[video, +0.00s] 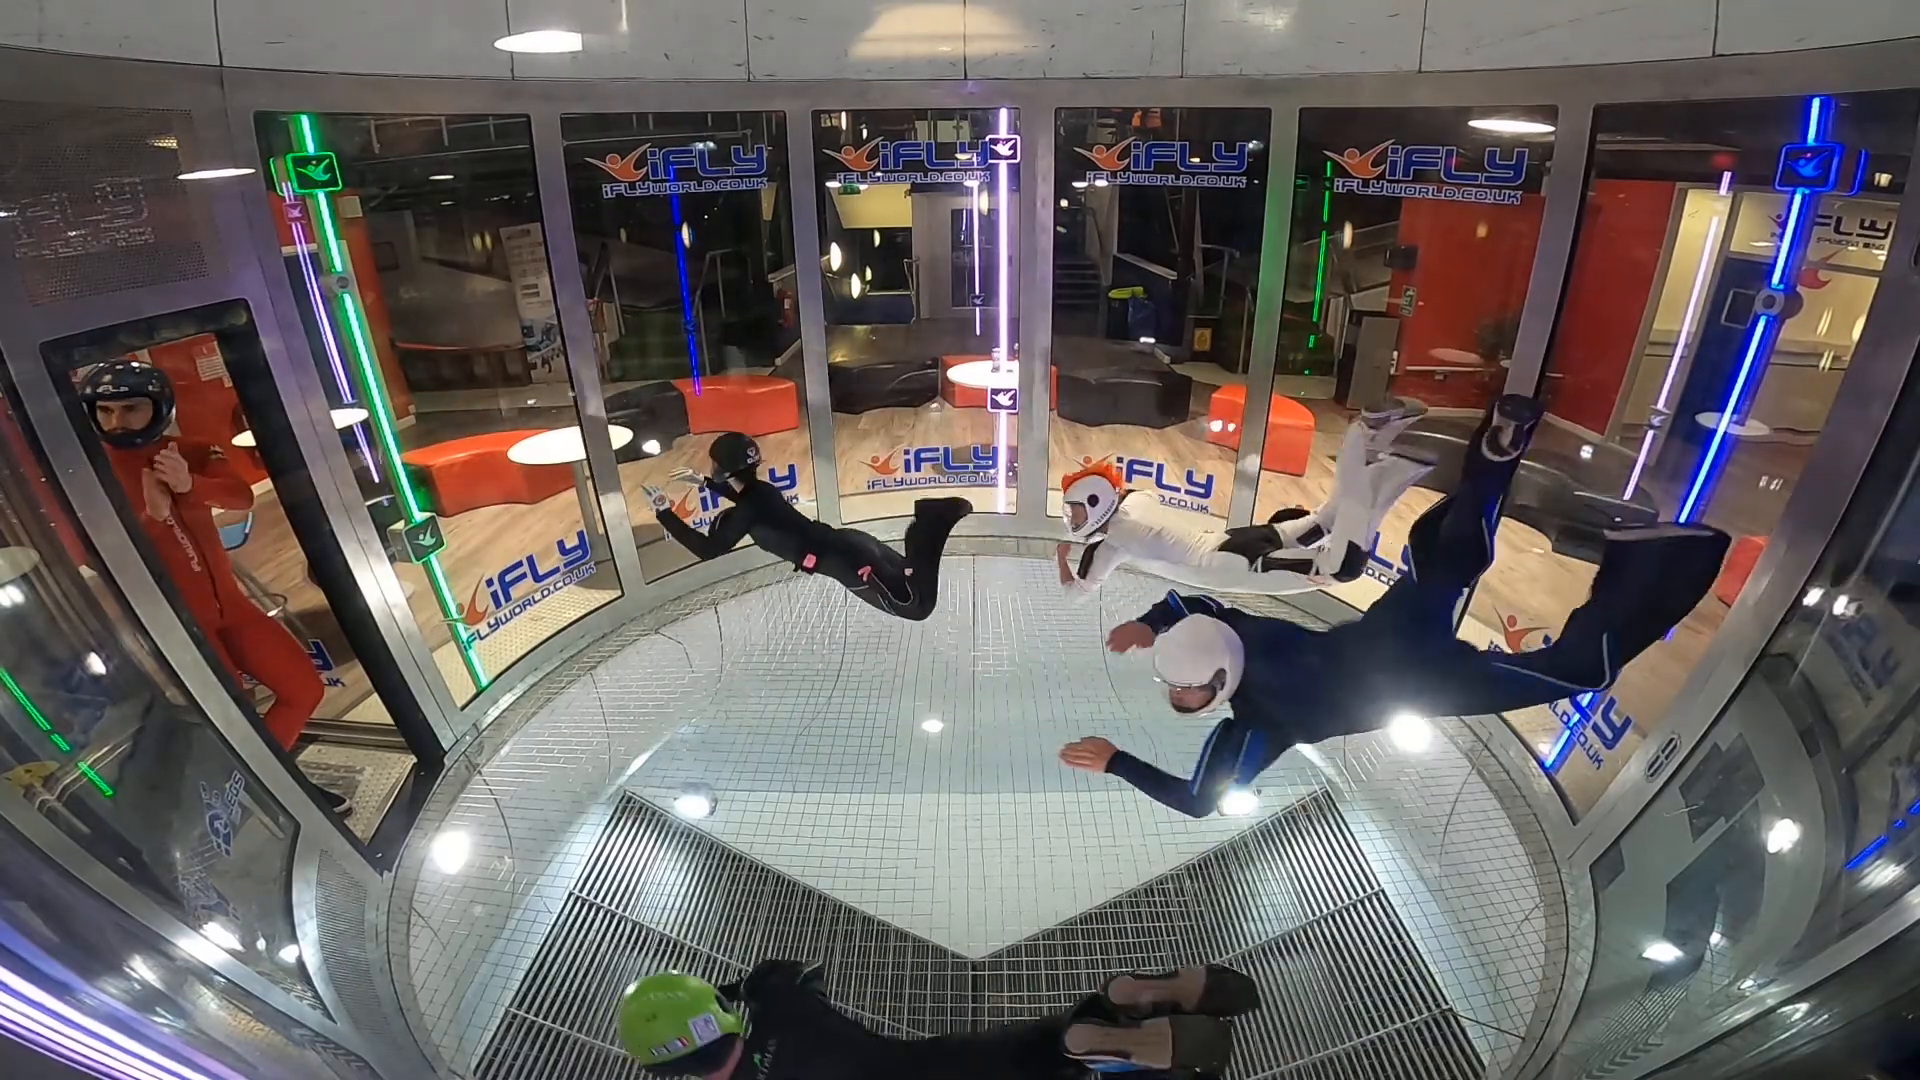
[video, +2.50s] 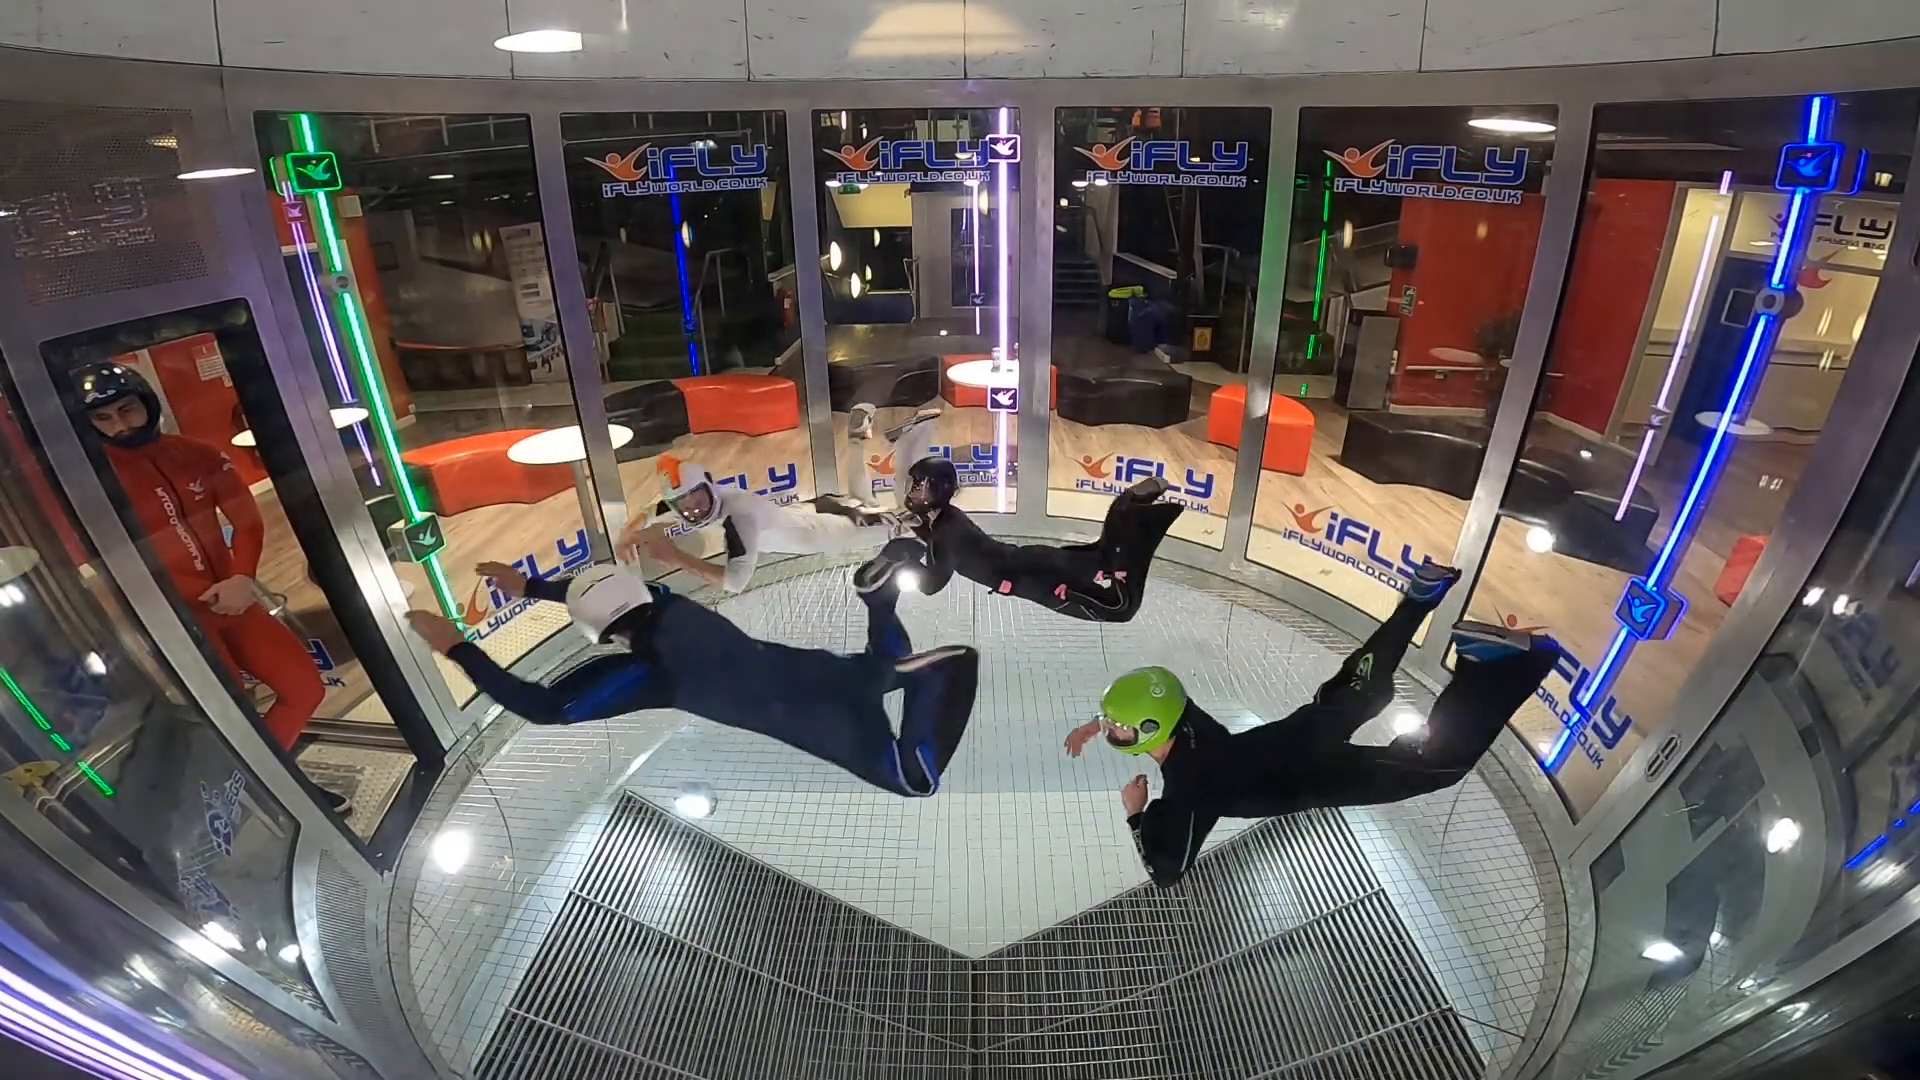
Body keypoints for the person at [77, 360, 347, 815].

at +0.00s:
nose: (118, 423)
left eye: (131, 409)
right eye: (104, 411)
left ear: (157, 410)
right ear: (90, 415)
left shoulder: (188, 452)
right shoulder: (92, 473)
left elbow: (242, 497)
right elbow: (96, 557)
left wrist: (191, 484)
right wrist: (150, 517)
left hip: (231, 606)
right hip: (182, 628)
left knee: (304, 688)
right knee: (240, 716)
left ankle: (243, 782)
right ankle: (293, 791)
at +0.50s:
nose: (117, 425)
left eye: (132, 412)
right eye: (106, 413)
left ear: (158, 412)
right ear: (92, 414)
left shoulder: (186, 455)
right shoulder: (90, 470)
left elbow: (242, 500)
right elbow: (71, 542)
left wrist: (204, 509)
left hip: (224, 607)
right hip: (172, 630)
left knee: (301, 687)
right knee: (237, 712)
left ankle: (245, 781)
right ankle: (293, 791)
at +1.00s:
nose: (130, 423)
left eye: (138, 407)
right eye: (113, 415)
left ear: (154, 402)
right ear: (96, 421)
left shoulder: (197, 455)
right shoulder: (94, 477)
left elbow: (252, 514)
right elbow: (99, 566)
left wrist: (233, 568)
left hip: (224, 602)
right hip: (170, 622)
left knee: (303, 689)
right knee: (233, 714)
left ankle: (243, 780)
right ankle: (294, 791)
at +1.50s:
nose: (126, 423)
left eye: (131, 407)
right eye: (108, 416)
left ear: (148, 402)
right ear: (92, 424)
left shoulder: (200, 456)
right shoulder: (95, 479)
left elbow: (249, 519)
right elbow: (101, 564)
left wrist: (240, 574)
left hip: (230, 603)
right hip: (177, 621)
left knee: (305, 689)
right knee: (237, 712)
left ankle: (242, 781)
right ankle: (295, 792)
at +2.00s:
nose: (127, 423)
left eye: (133, 407)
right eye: (110, 416)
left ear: (150, 403)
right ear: (93, 424)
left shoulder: (199, 455)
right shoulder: (95, 481)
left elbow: (248, 521)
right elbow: (103, 568)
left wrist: (242, 577)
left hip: (232, 603)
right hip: (178, 622)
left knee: (304, 688)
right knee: (235, 708)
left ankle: (246, 781)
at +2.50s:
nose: (120, 425)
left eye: (127, 409)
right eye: (104, 418)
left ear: (145, 404)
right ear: (88, 425)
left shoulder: (198, 455)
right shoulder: (93, 482)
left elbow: (247, 521)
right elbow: (104, 575)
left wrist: (243, 577)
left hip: (234, 604)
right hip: (180, 624)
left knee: (305, 688)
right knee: (237, 717)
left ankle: (240, 784)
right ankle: (294, 794)